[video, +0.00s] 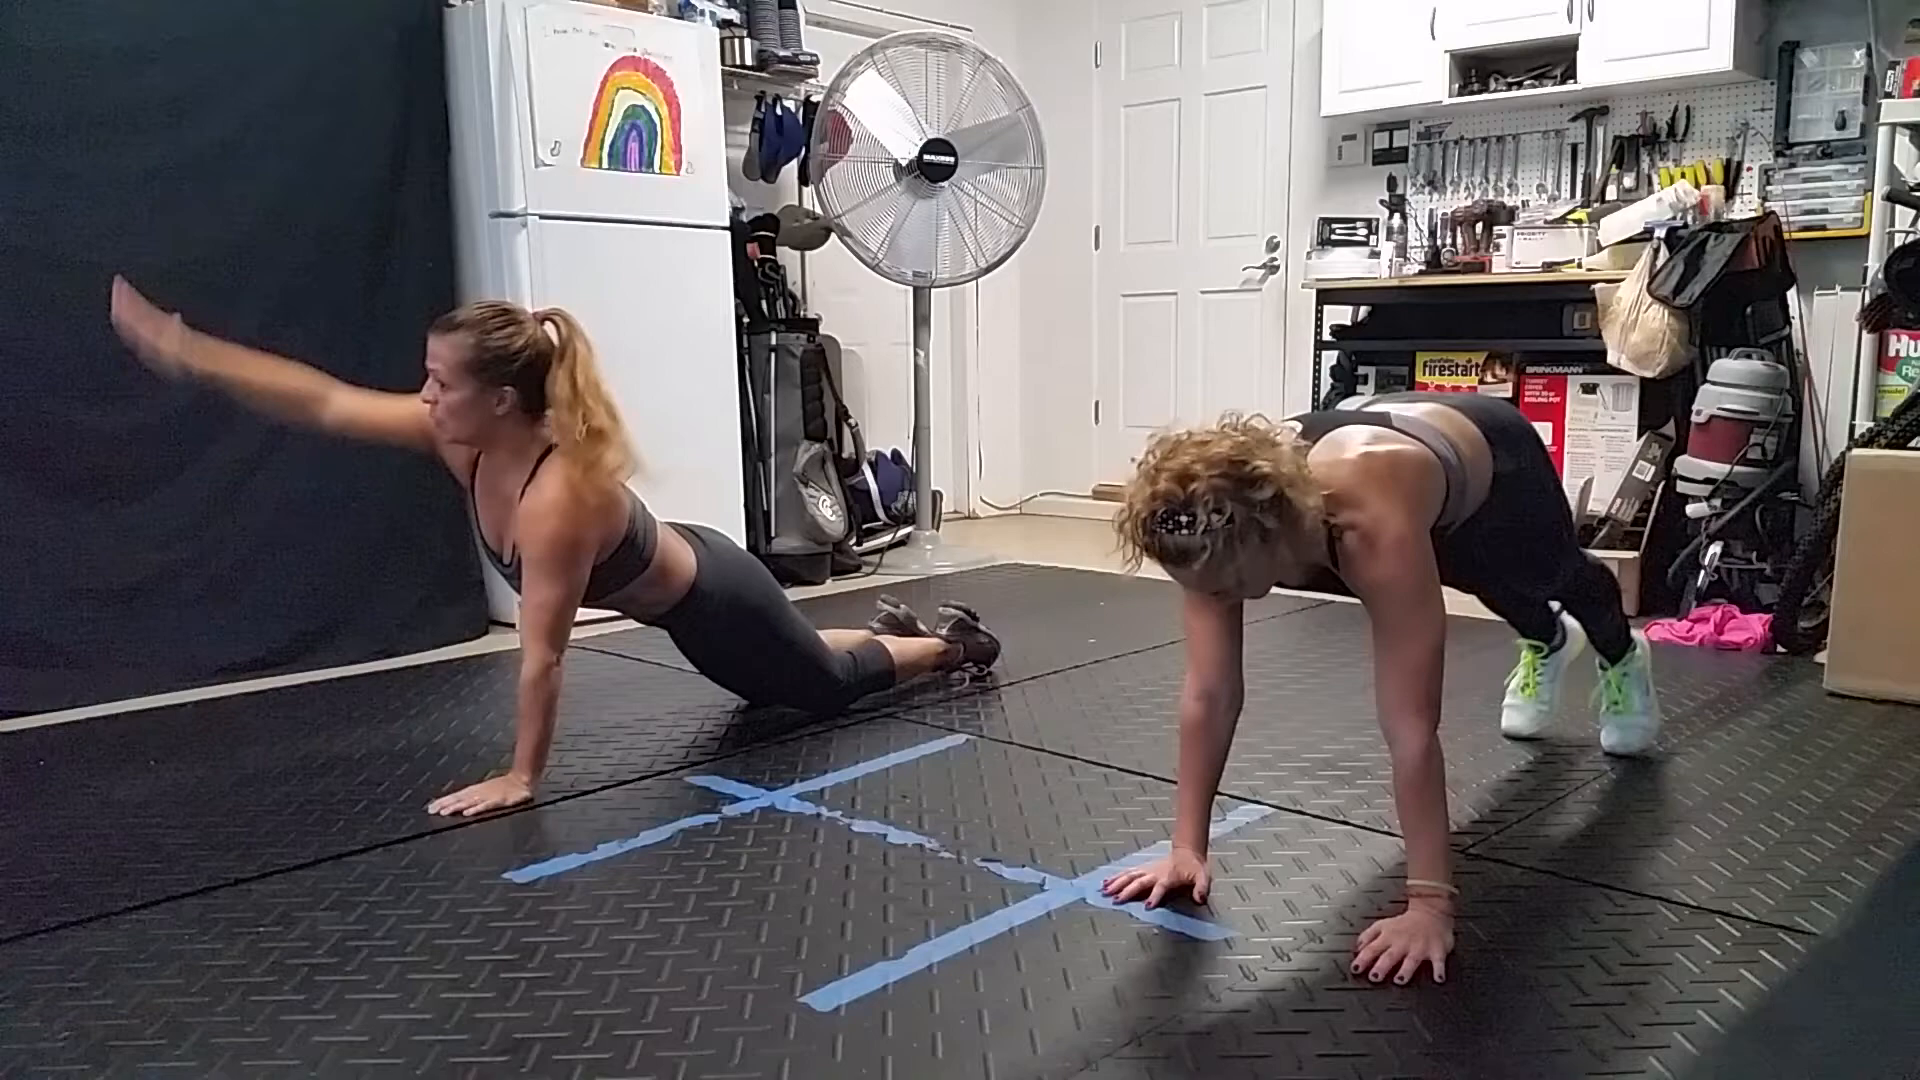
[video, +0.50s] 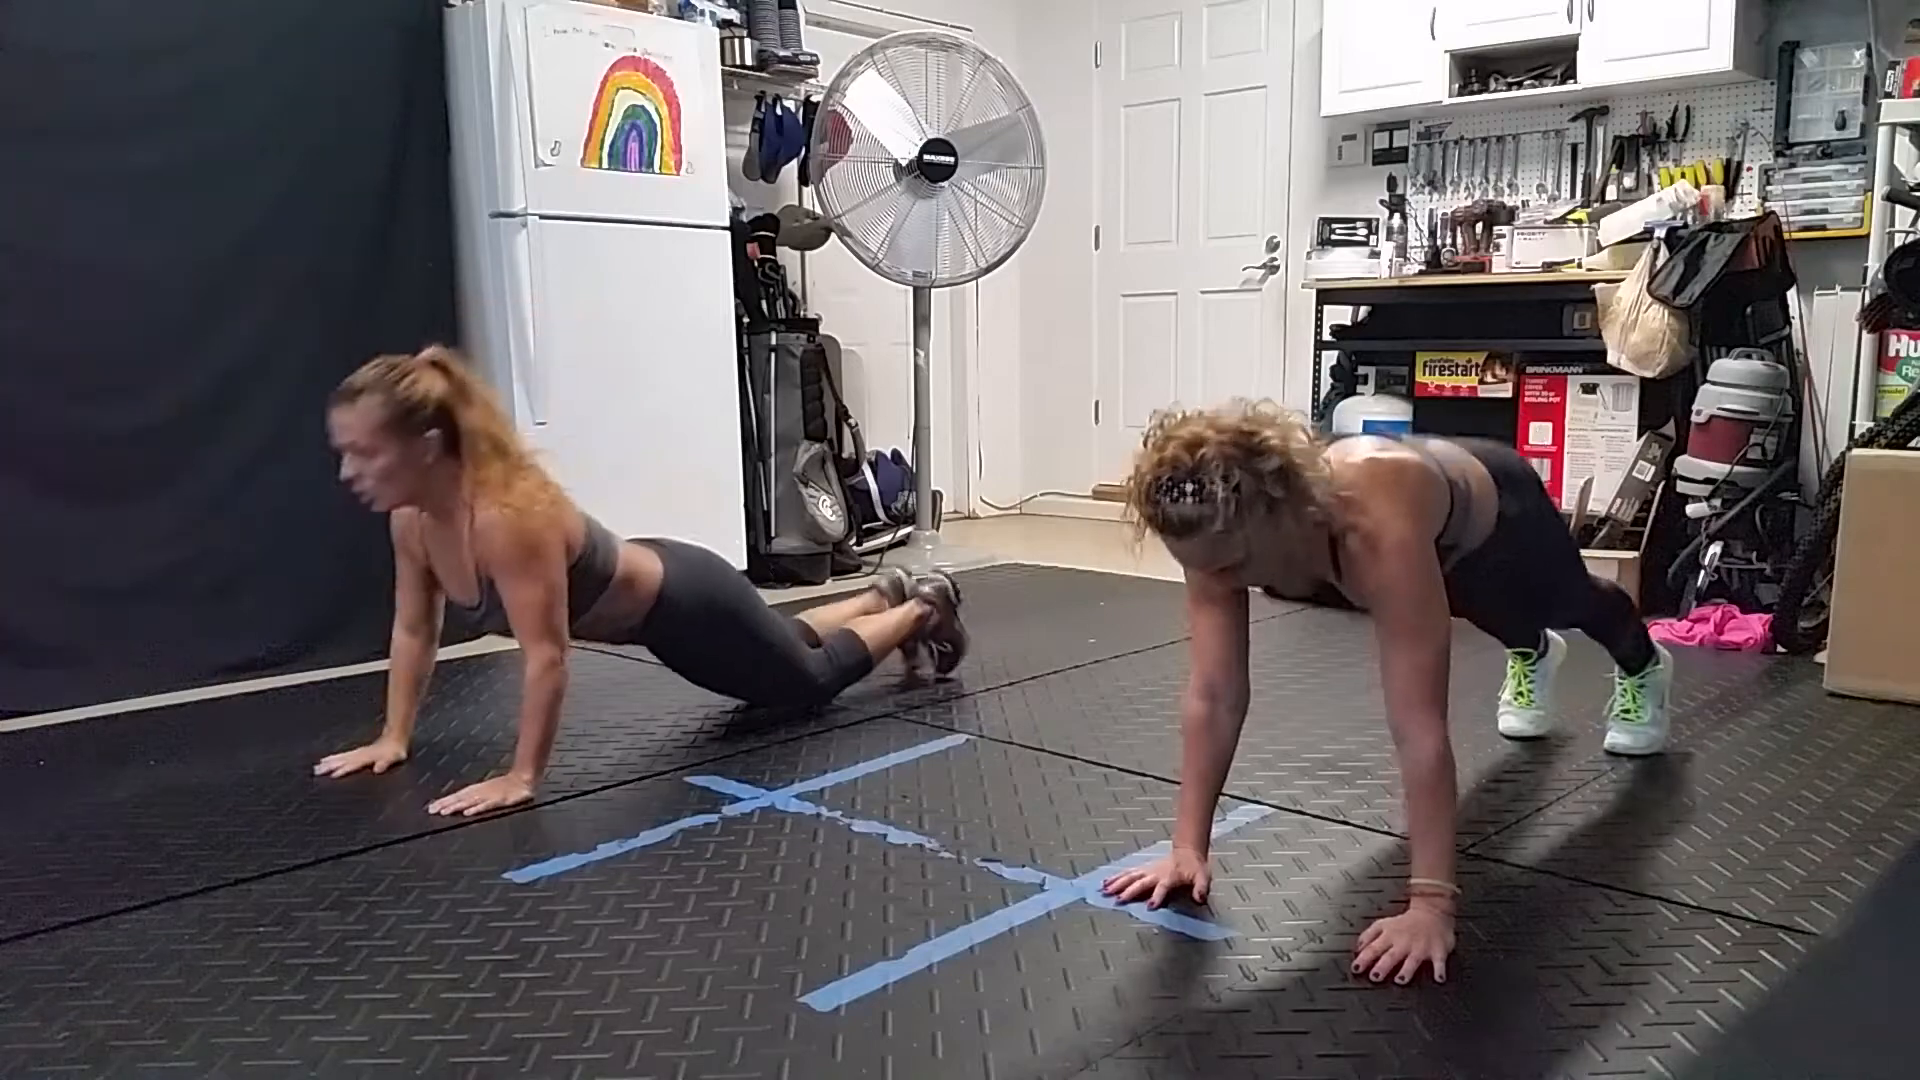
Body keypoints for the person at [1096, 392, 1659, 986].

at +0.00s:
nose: (1230, 593)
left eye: (1235, 577)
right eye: (1213, 582)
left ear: (1271, 528)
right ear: (1196, 547)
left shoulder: (1379, 523)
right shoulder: (1211, 529)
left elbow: (1414, 734)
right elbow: (1208, 691)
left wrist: (1429, 901)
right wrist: (1187, 847)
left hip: (1491, 443)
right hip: (1386, 437)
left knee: (1562, 572)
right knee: (1483, 578)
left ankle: (1621, 653)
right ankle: (1545, 638)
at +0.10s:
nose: (1231, 594)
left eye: (1235, 578)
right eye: (1214, 583)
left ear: (1270, 530)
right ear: (1196, 547)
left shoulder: (1379, 521)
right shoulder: (1211, 530)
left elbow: (1414, 732)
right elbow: (1207, 694)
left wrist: (1429, 901)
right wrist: (1187, 847)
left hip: (1492, 446)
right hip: (1393, 446)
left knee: (1560, 583)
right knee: (1487, 595)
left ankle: (1623, 659)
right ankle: (1541, 648)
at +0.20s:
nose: (1220, 592)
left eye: (1225, 574)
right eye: (1202, 582)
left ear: (1268, 523)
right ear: (1191, 551)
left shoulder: (1381, 520)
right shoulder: (1214, 534)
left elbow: (1414, 731)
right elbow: (1207, 699)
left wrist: (1429, 902)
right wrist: (1186, 848)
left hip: (1496, 480)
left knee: (1563, 591)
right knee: (1484, 602)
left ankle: (1628, 663)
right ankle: (1536, 648)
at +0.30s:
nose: (1223, 592)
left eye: (1227, 576)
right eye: (1205, 582)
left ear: (1266, 520)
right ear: (1195, 551)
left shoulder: (1381, 518)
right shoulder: (1215, 534)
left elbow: (1415, 729)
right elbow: (1210, 696)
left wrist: (1430, 902)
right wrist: (1187, 847)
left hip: (1499, 493)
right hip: (1414, 536)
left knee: (1567, 597)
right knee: (1492, 608)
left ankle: (1629, 665)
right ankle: (1540, 649)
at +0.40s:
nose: (1223, 588)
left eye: (1230, 572)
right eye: (1206, 576)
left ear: (1272, 516)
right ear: (1194, 545)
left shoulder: (1382, 517)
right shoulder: (1218, 530)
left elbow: (1415, 729)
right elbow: (1212, 696)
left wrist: (1430, 901)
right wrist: (1187, 848)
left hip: (1499, 498)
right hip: (1414, 542)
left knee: (1568, 597)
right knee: (1491, 606)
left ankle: (1633, 662)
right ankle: (1538, 647)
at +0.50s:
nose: (1224, 584)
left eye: (1232, 565)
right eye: (1205, 571)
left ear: (1276, 511)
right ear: (1190, 541)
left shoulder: (1383, 518)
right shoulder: (1215, 527)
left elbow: (1422, 732)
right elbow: (1213, 696)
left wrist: (1431, 901)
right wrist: (1187, 847)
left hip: (1500, 502)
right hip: (1419, 540)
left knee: (1576, 599)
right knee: (1490, 609)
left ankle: (1641, 662)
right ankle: (1533, 646)